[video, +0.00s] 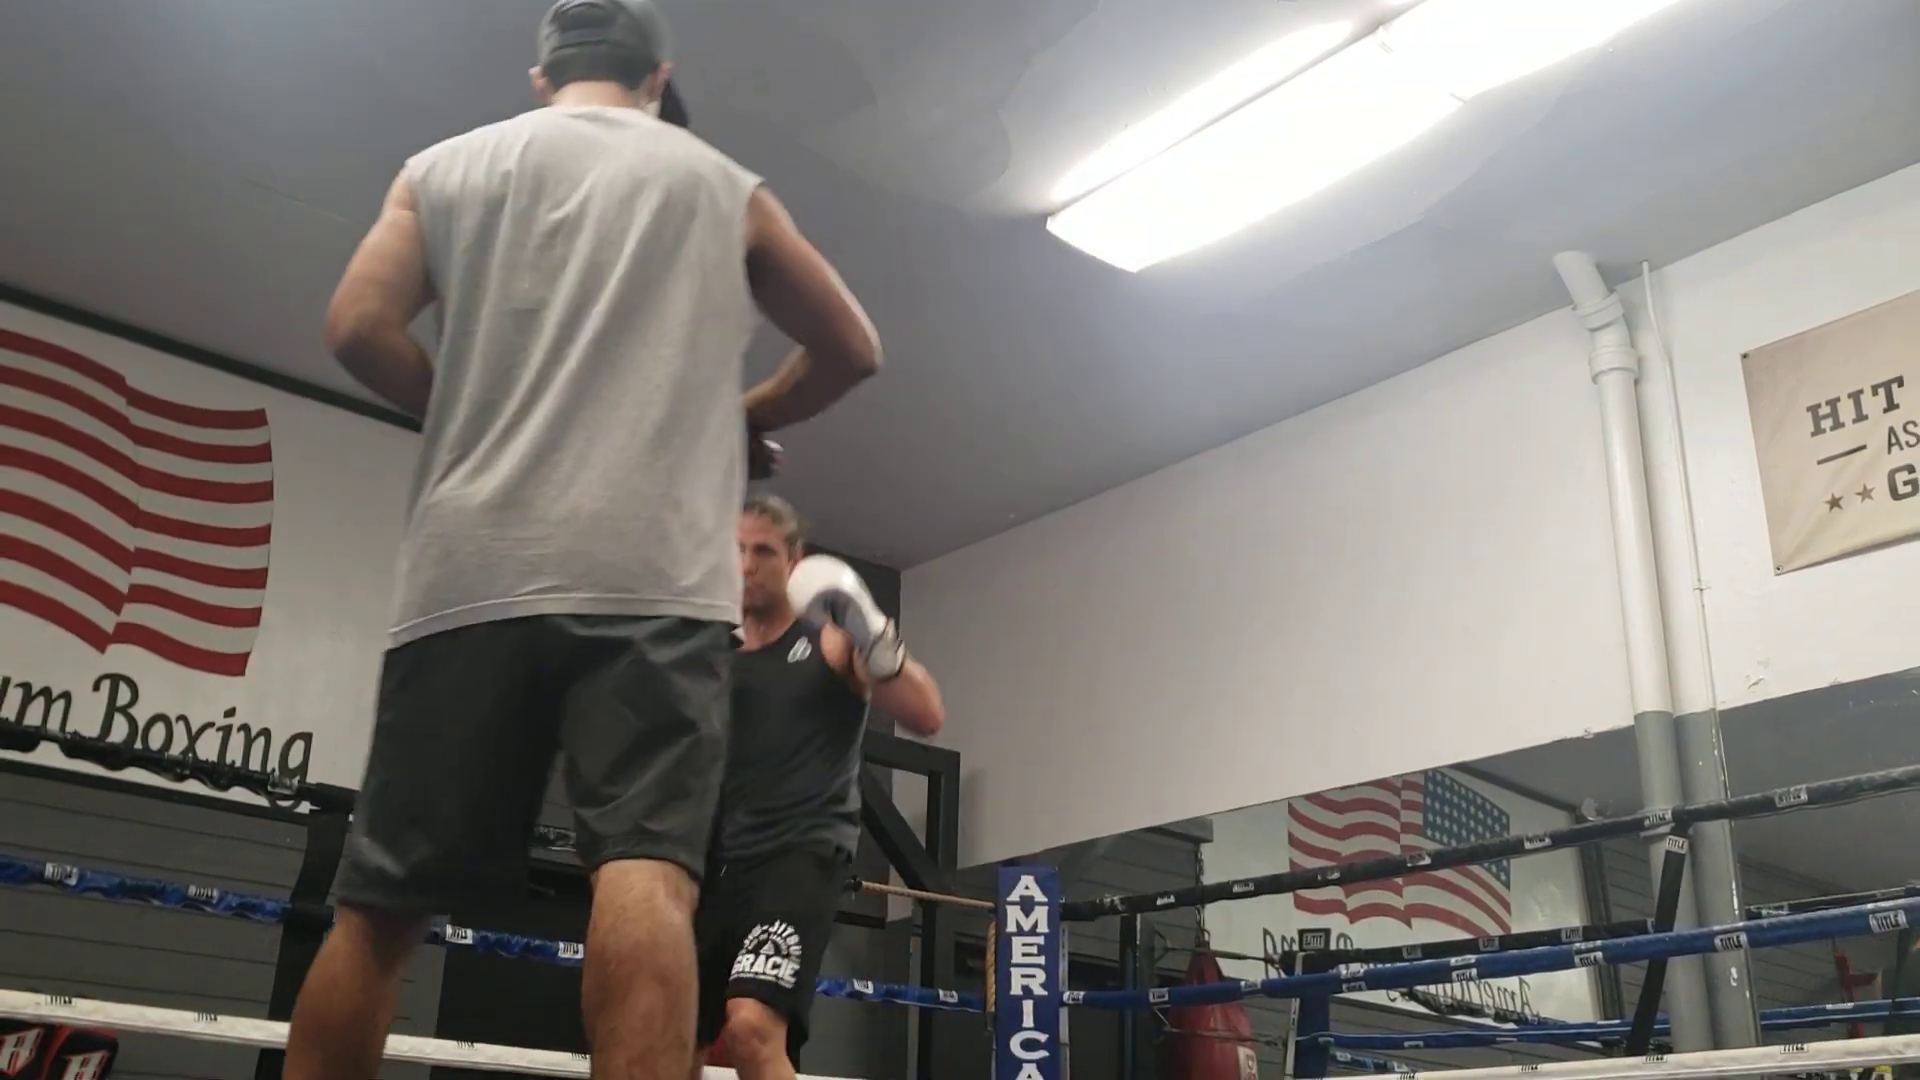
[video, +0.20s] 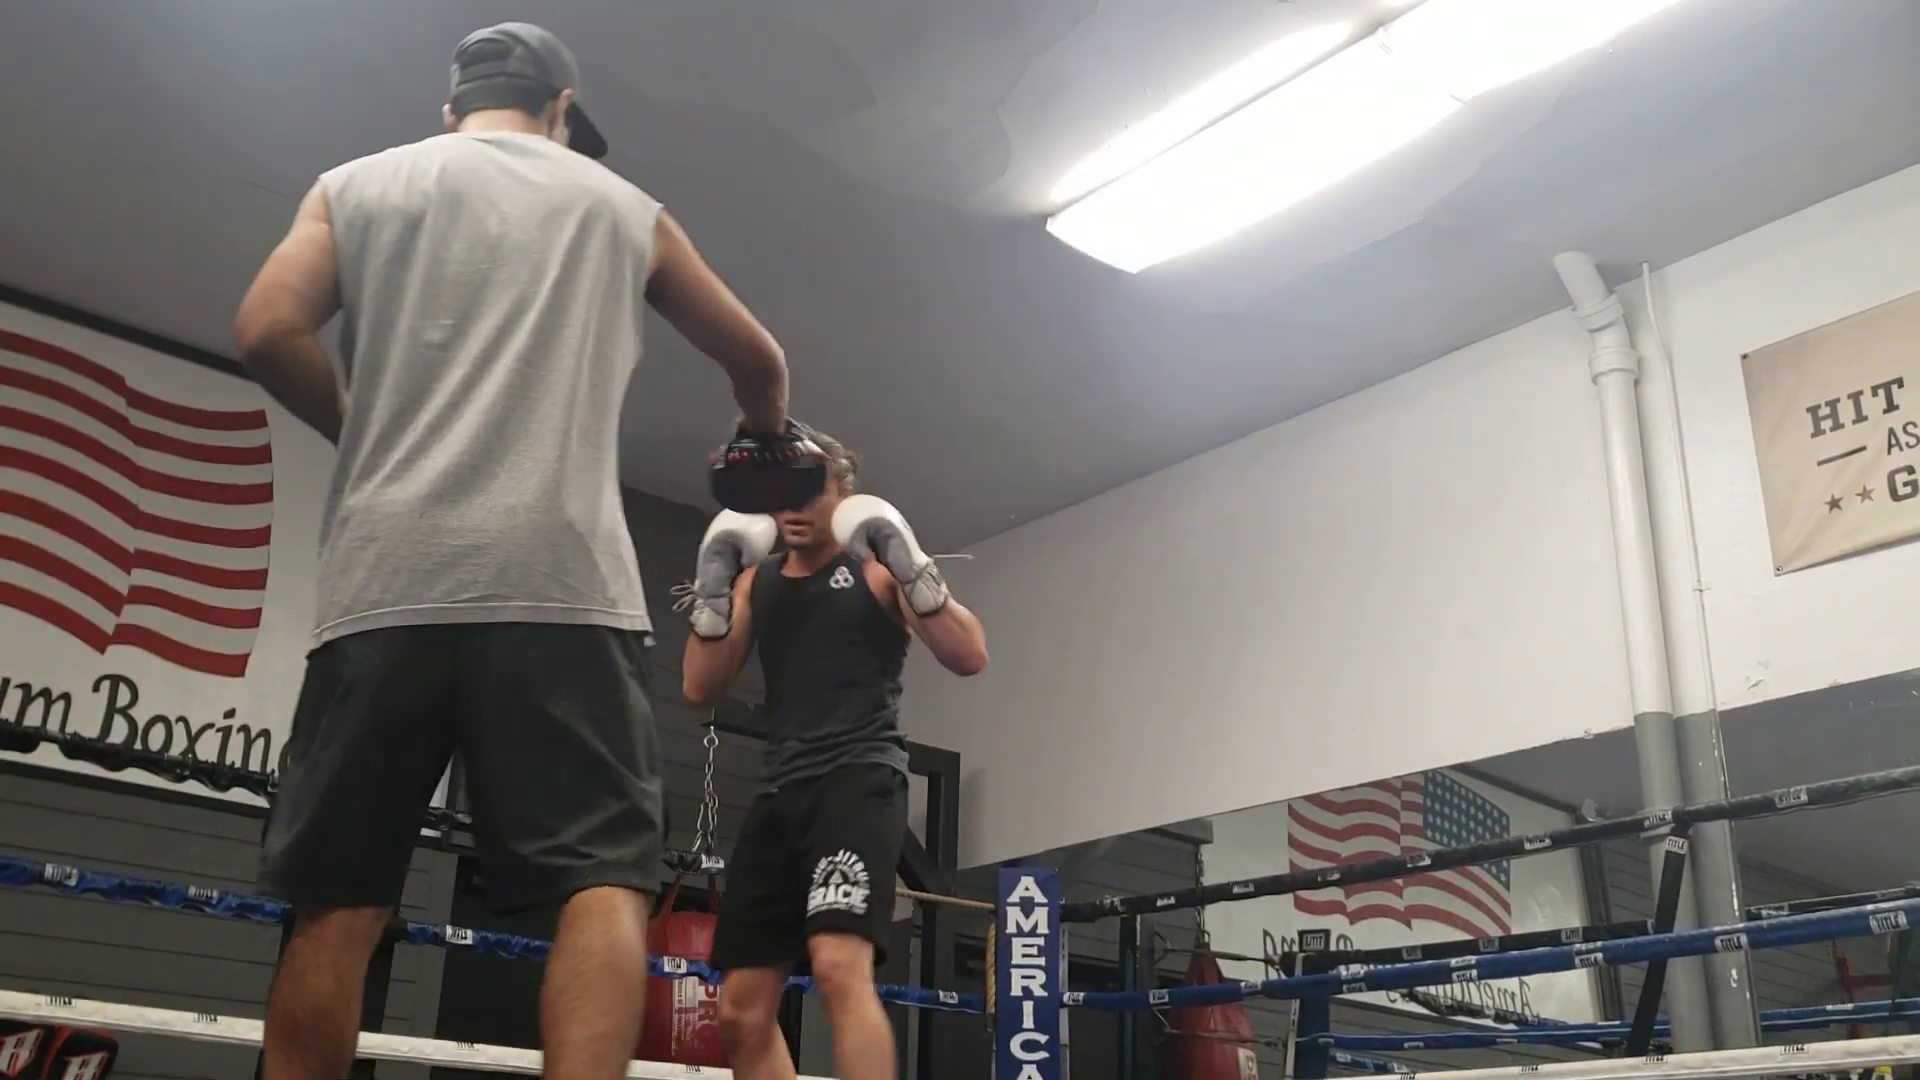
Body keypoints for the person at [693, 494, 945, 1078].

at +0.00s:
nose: (748, 565)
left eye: (763, 551)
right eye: (738, 549)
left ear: (795, 560)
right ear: (722, 556)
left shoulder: (830, 637)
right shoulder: (712, 647)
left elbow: (928, 715)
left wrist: (871, 631)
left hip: (804, 847)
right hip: (718, 853)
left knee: (749, 1030)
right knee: (703, 1040)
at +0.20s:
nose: (793, 506)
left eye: (810, 487)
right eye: (781, 490)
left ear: (845, 494)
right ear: (764, 498)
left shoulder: (876, 570)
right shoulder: (757, 580)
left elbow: (969, 657)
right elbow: (700, 689)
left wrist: (913, 565)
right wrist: (712, 591)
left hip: (862, 775)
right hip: (784, 785)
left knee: (839, 965)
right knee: (741, 1012)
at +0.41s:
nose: (854, 565)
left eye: (872, 552)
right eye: (844, 549)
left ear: (905, 565)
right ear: (829, 555)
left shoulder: (936, 635)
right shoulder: (808, 650)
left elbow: (1002, 753)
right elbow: (745, 742)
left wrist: (954, 659)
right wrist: (760, 658)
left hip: (913, 842)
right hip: (834, 864)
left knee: (937, 1002)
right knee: (755, 1061)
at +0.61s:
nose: (901, 552)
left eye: (917, 533)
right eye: (891, 537)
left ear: (962, 532)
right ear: (883, 540)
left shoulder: (1025, 586)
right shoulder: (907, 621)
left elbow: (1081, 697)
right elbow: (883, 770)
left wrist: (989, 618)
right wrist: (842, 717)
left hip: (1040, 835)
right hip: (964, 851)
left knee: (1052, 1035)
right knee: (891, 1055)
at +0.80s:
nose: (962, 543)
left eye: (972, 524)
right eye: (953, 530)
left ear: (1024, 513)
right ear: (952, 532)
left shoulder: (1092, 560)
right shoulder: (995, 610)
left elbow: (1122, 672)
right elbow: (985, 742)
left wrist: (1025, 595)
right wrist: (928, 684)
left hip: (1130, 815)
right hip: (1064, 830)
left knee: (1092, 1025)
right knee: (1021, 1044)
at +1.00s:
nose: (1038, 552)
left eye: (1045, 531)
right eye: (1030, 537)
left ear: (1095, 520)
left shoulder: (1170, 567)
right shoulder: (1088, 617)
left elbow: (1174, 680)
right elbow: (1043, 737)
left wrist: (1088, 598)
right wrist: (999, 656)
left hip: (1197, 825)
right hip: (1156, 831)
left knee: (1109, 1023)